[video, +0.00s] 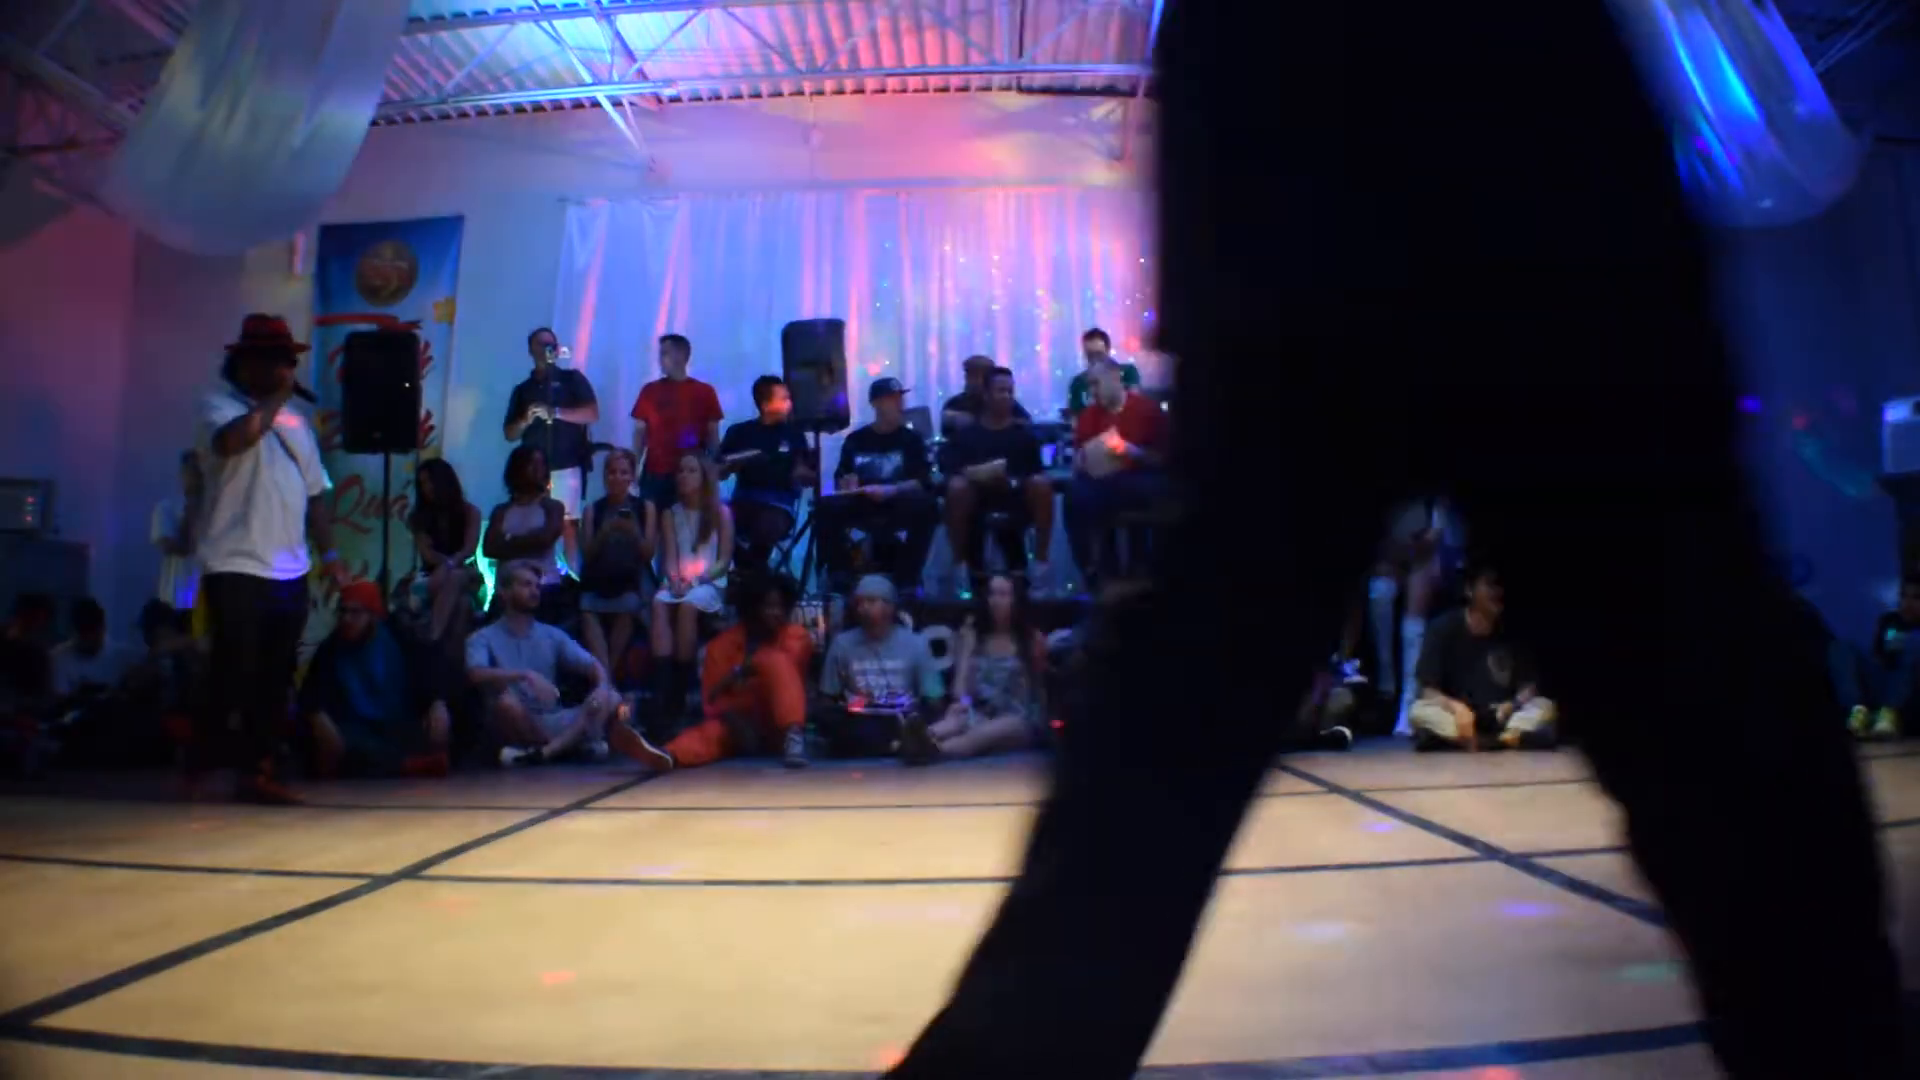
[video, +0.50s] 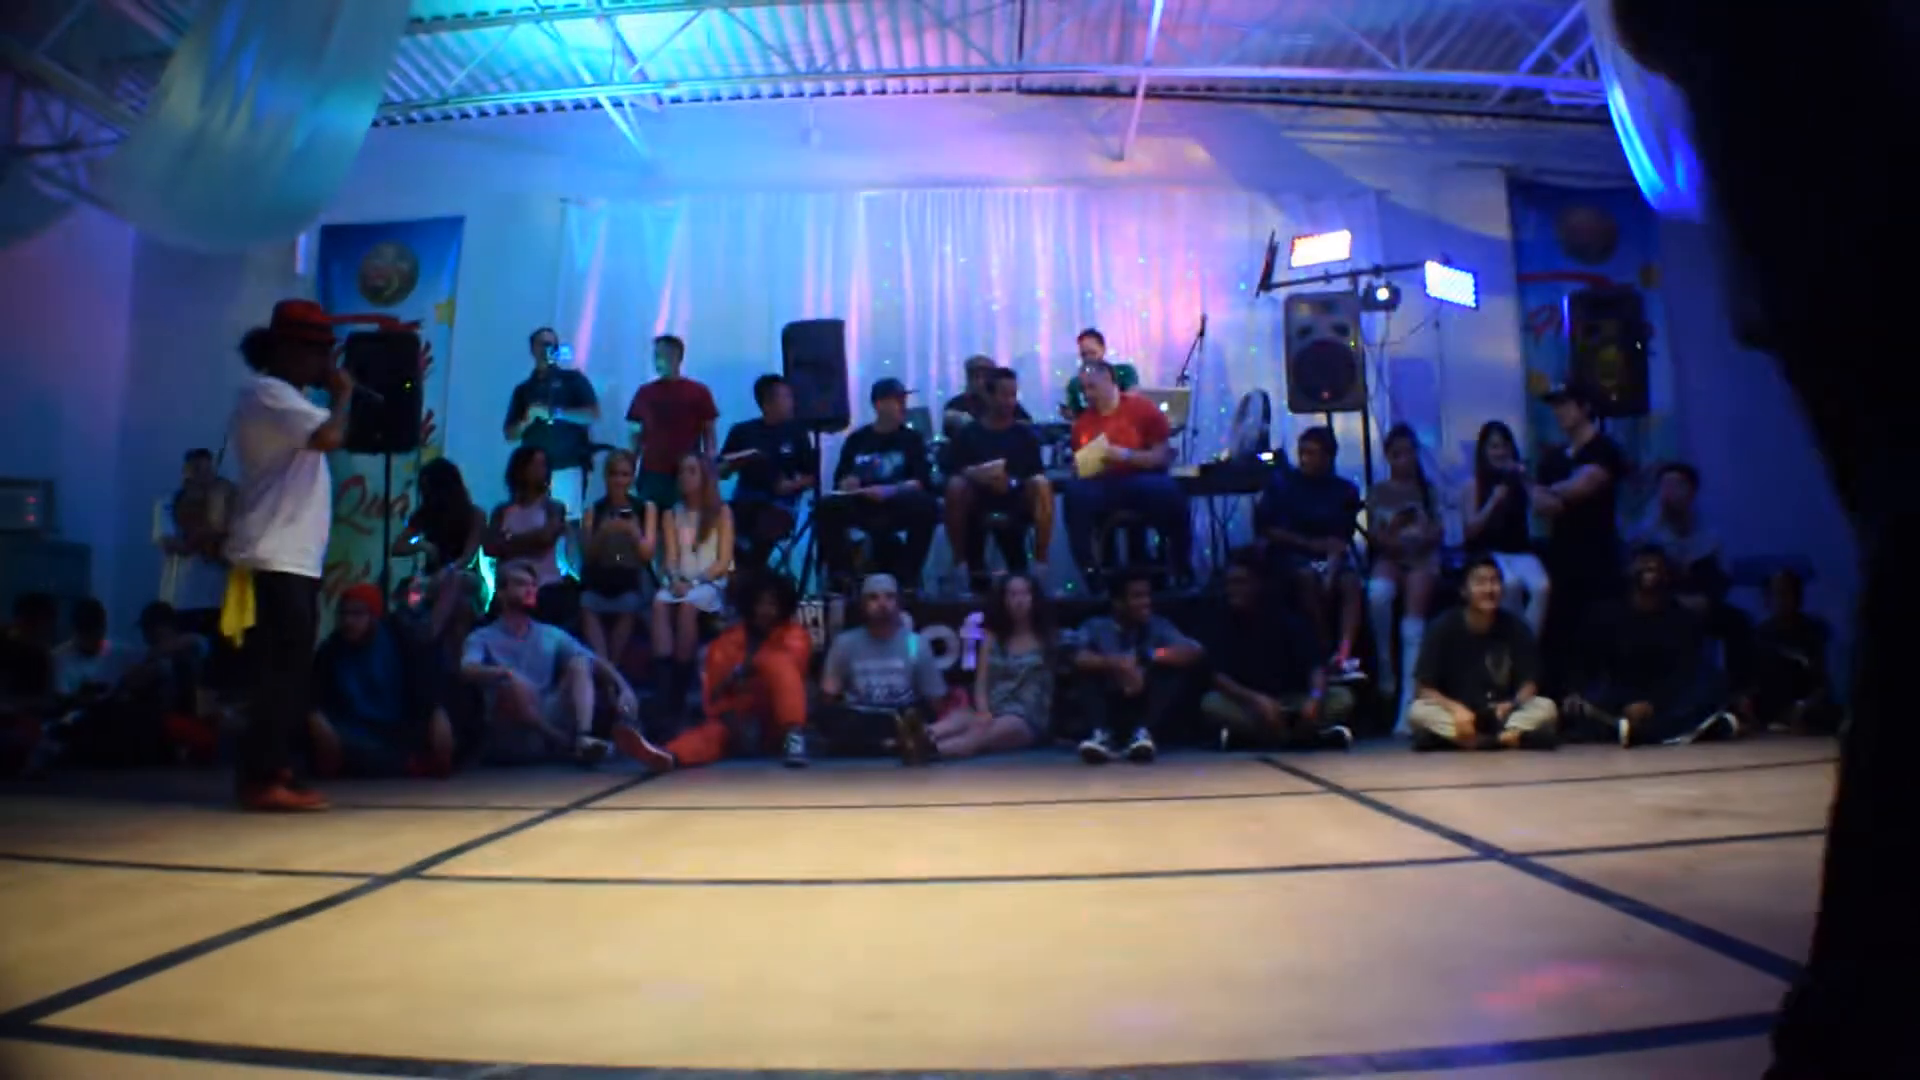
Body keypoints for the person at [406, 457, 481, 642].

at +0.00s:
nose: (426, 489)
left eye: (430, 482)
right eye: (422, 483)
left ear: (443, 482)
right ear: (419, 486)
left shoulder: (469, 512)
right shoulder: (420, 515)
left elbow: (470, 547)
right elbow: (425, 550)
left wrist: (450, 564)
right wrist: (447, 562)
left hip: (465, 570)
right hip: (433, 573)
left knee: (453, 576)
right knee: (463, 601)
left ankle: (433, 636)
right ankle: (454, 659)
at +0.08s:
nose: (425, 490)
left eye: (429, 483)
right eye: (422, 484)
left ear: (442, 482)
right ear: (419, 486)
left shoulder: (470, 512)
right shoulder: (419, 516)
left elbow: (469, 548)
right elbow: (423, 553)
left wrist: (448, 566)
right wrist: (446, 564)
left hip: (464, 572)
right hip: (432, 576)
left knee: (452, 577)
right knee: (461, 604)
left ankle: (432, 636)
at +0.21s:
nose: (424, 491)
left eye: (428, 484)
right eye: (420, 485)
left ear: (442, 482)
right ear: (418, 486)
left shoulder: (469, 513)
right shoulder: (417, 515)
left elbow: (462, 553)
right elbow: (413, 554)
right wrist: (446, 564)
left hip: (462, 579)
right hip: (424, 580)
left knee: (450, 575)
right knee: (458, 604)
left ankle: (428, 637)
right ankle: (452, 667)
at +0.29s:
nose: (423, 493)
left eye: (427, 486)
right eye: (421, 487)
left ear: (441, 485)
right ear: (419, 488)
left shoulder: (470, 515)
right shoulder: (419, 515)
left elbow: (460, 556)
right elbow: (405, 553)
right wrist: (438, 561)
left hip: (460, 581)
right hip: (424, 583)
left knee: (451, 577)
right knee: (459, 603)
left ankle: (426, 637)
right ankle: (451, 665)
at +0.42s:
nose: (423, 494)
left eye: (426, 487)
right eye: (422, 487)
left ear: (439, 486)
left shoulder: (473, 515)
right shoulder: (422, 514)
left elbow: (465, 557)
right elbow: (398, 550)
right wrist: (428, 552)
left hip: (466, 581)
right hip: (430, 582)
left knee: (453, 577)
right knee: (461, 605)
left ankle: (428, 636)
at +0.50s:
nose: (426, 495)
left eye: (430, 488)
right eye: (424, 488)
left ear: (444, 487)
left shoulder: (473, 516)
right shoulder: (424, 516)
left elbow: (468, 557)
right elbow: (397, 549)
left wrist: (440, 577)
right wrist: (421, 546)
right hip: (434, 584)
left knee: (453, 580)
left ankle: (429, 638)